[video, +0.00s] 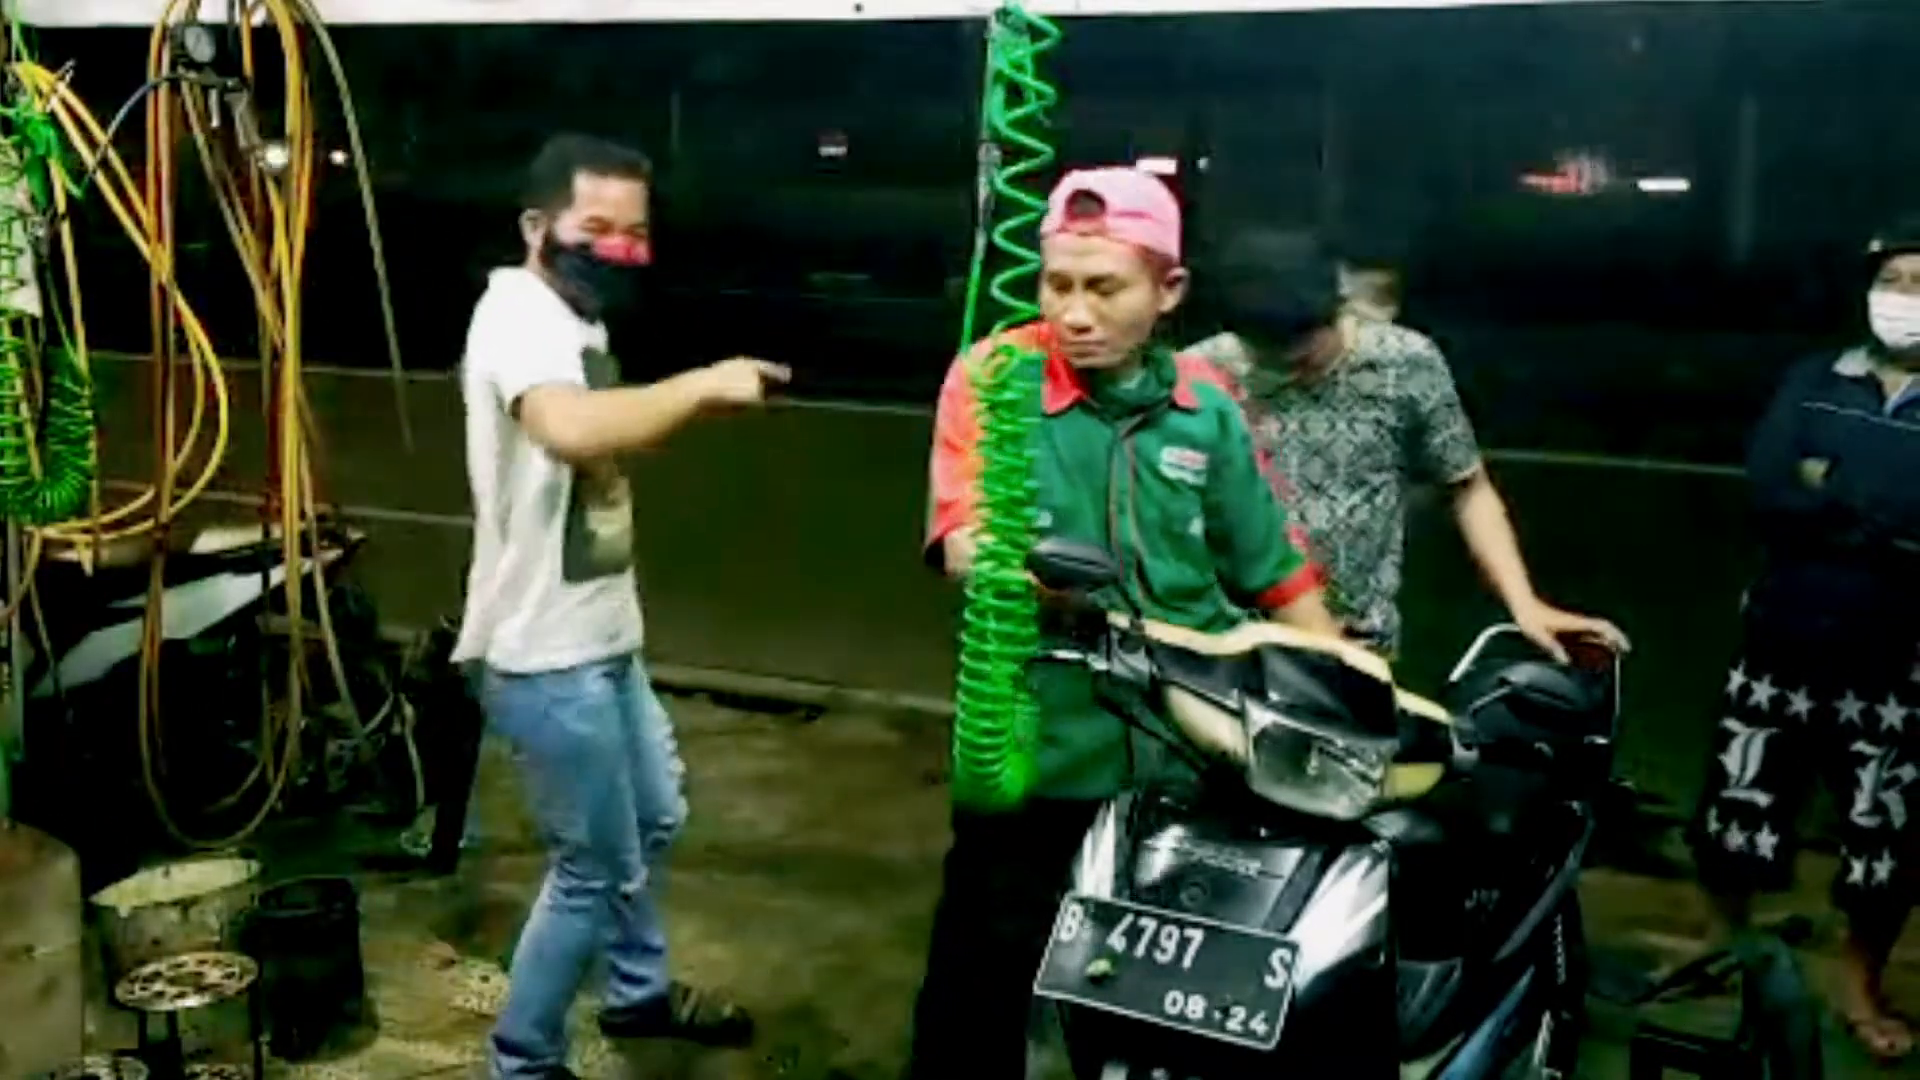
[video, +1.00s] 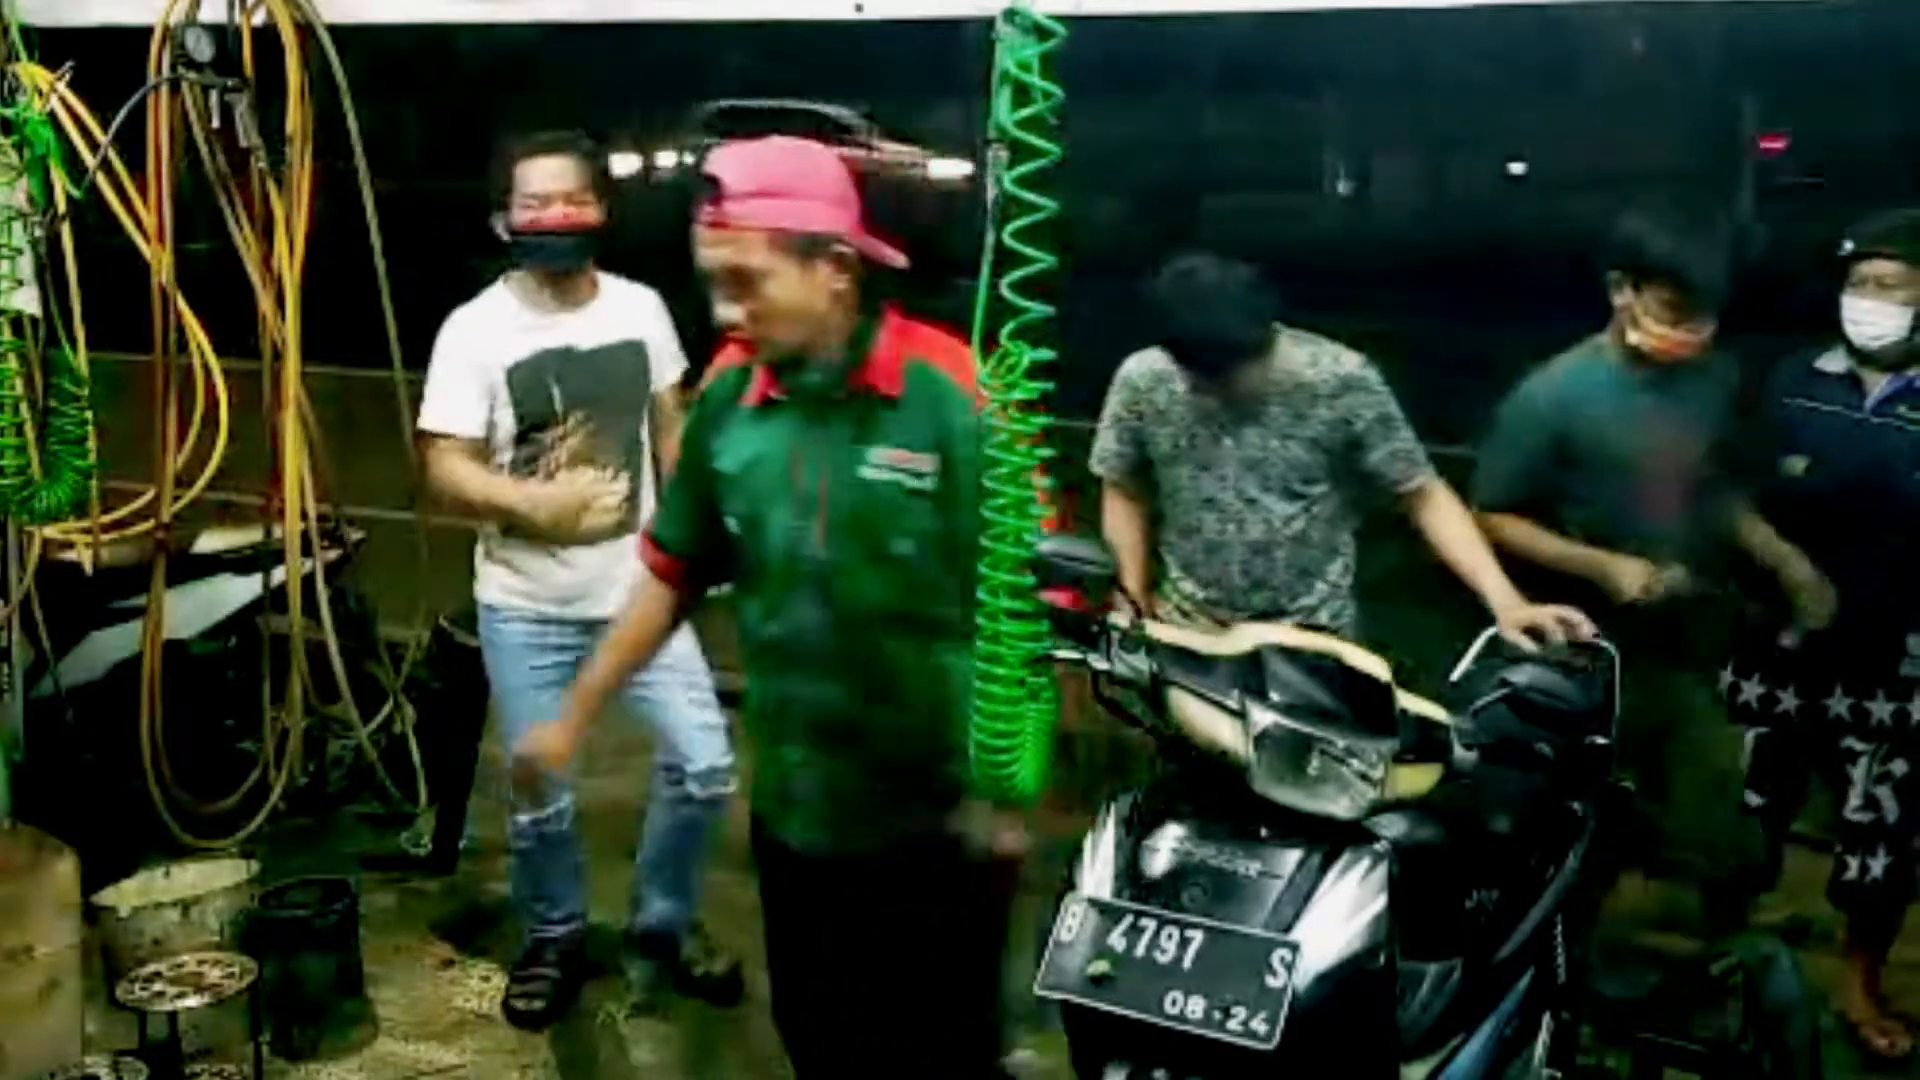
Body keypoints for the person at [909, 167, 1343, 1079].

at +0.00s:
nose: (1075, 313)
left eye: (1102, 288)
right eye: (1059, 287)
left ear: (1165, 291)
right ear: (1039, 286)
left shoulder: (1204, 406)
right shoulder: (992, 378)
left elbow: (1284, 582)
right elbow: (961, 535)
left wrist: (1345, 687)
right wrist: (1027, 579)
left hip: (1179, 765)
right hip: (1030, 768)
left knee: (1156, 1029)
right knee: (972, 1027)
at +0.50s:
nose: (952, 335)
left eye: (977, 313)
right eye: (941, 310)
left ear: (1059, 306)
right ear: (927, 300)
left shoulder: (1135, 407)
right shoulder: (902, 407)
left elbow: (1241, 596)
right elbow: (885, 604)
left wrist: (1337, 663)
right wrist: (1012, 648)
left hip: (1121, 774)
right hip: (960, 775)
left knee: (1135, 1023)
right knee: (890, 1018)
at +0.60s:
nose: (903, 345)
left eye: (926, 319)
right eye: (888, 318)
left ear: (1006, 306)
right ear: (873, 308)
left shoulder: (1100, 408)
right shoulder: (861, 418)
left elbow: (1211, 586)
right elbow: (853, 616)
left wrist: (1325, 652)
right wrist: (970, 713)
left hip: (1092, 792)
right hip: (922, 790)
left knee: (1135, 1033)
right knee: (863, 1039)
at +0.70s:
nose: (842, 336)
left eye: (864, 311)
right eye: (829, 312)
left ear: (950, 293)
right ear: (816, 303)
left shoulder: (1054, 404)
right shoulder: (818, 420)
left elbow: (1171, 591)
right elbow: (801, 624)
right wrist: (869, 776)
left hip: (1049, 812)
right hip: (876, 809)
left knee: (1112, 1051)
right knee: (847, 1056)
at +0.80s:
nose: (781, 328)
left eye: (800, 301)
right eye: (771, 302)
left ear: (888, 288)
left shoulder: (1016, 400)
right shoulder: (779, 418)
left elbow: (1112, 577)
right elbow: (734, 610)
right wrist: (742, 779)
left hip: (1011, 817)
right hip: (840, 819)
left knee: (1071, 1054)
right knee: (843, 1058)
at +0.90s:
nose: (757, 321)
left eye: (776, 293)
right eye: (746, 296)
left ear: (864, 275)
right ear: (741, 284)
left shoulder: (990, 396)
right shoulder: (750, 411)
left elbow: (1090, 602)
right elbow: (699, 588)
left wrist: (1101, 799)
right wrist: (658, 740)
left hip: (990, 819)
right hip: (826, 820)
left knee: (1039, 1046)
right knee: (844, 1054)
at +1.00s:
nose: (726, 310)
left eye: (744, 284)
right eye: (716, 286)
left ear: (835, 271)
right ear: (709, 278)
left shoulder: (950, 394)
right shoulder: (726, 404)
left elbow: (1017, 590)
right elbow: (667, 577)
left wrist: (1007, 779)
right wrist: (572, 718)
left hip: (938, 808)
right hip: (797, 808)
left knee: (942, 1050)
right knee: (818, 1040)